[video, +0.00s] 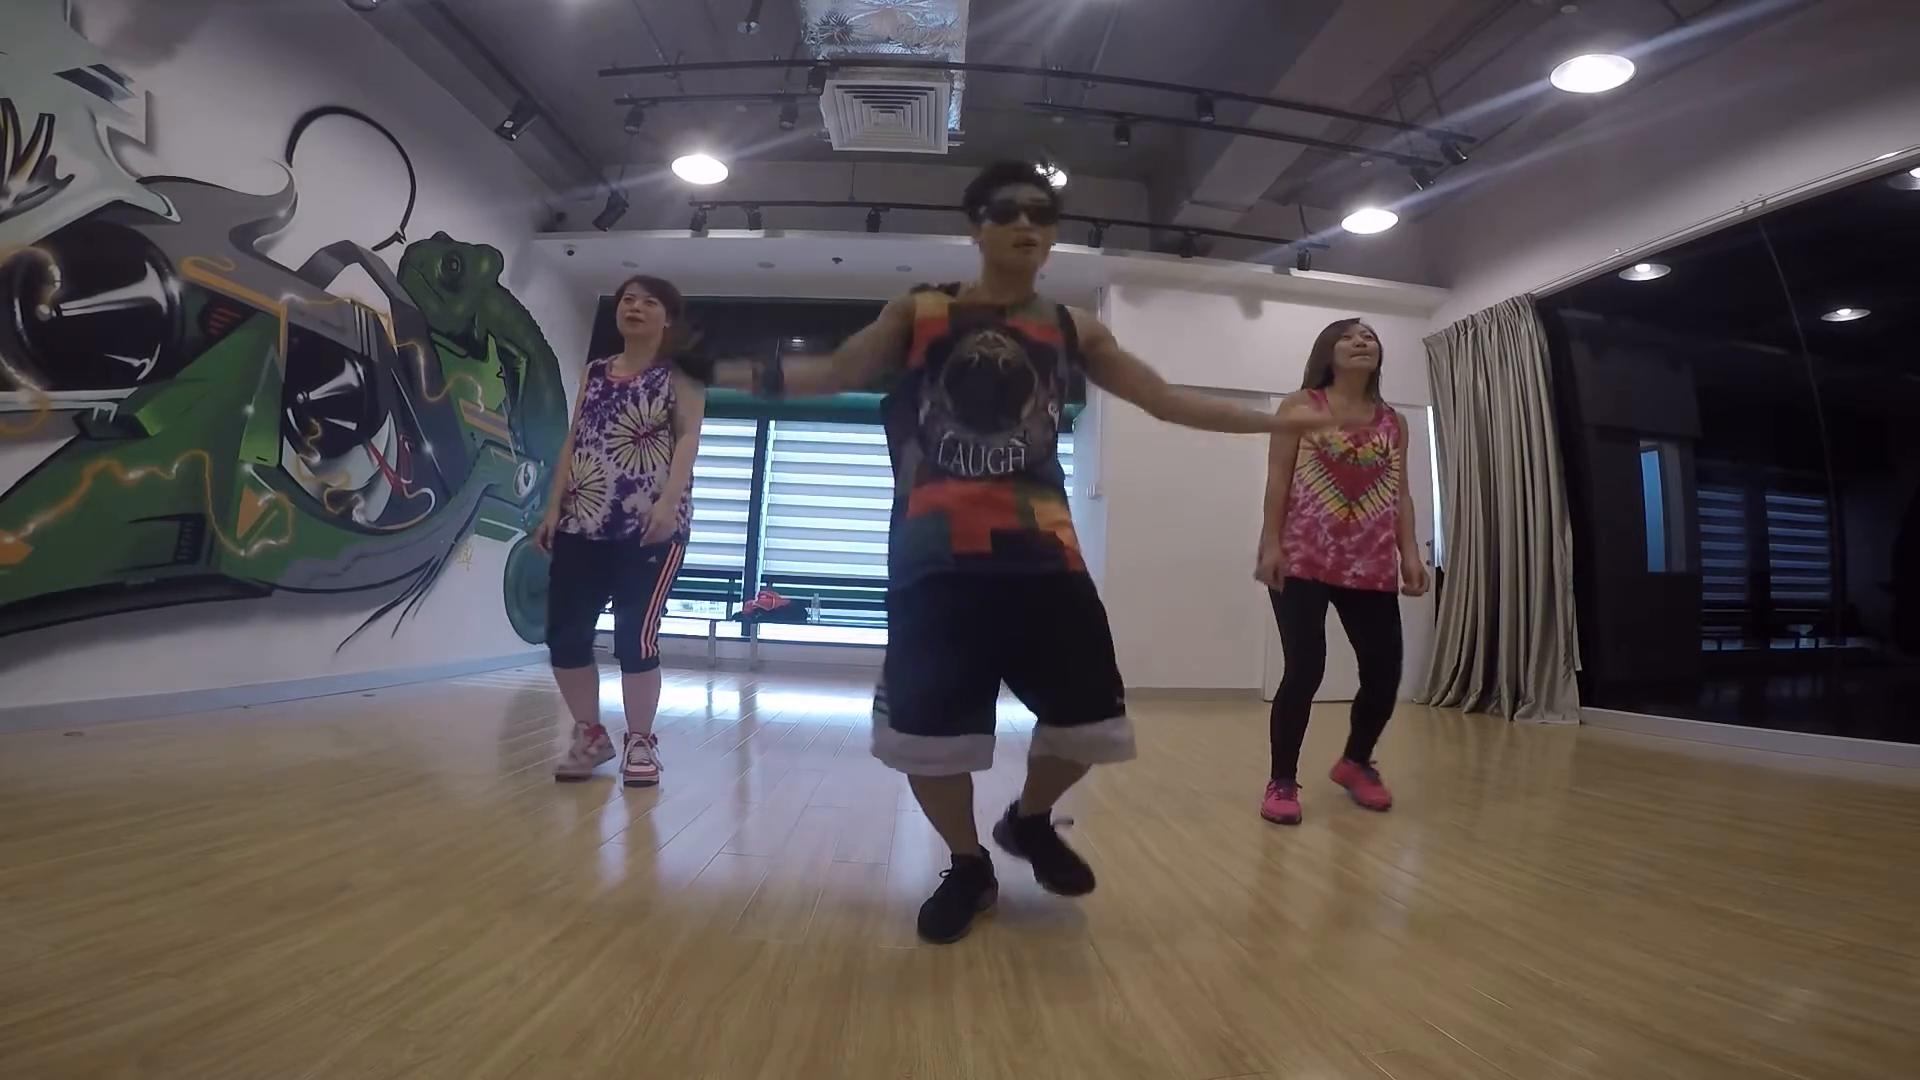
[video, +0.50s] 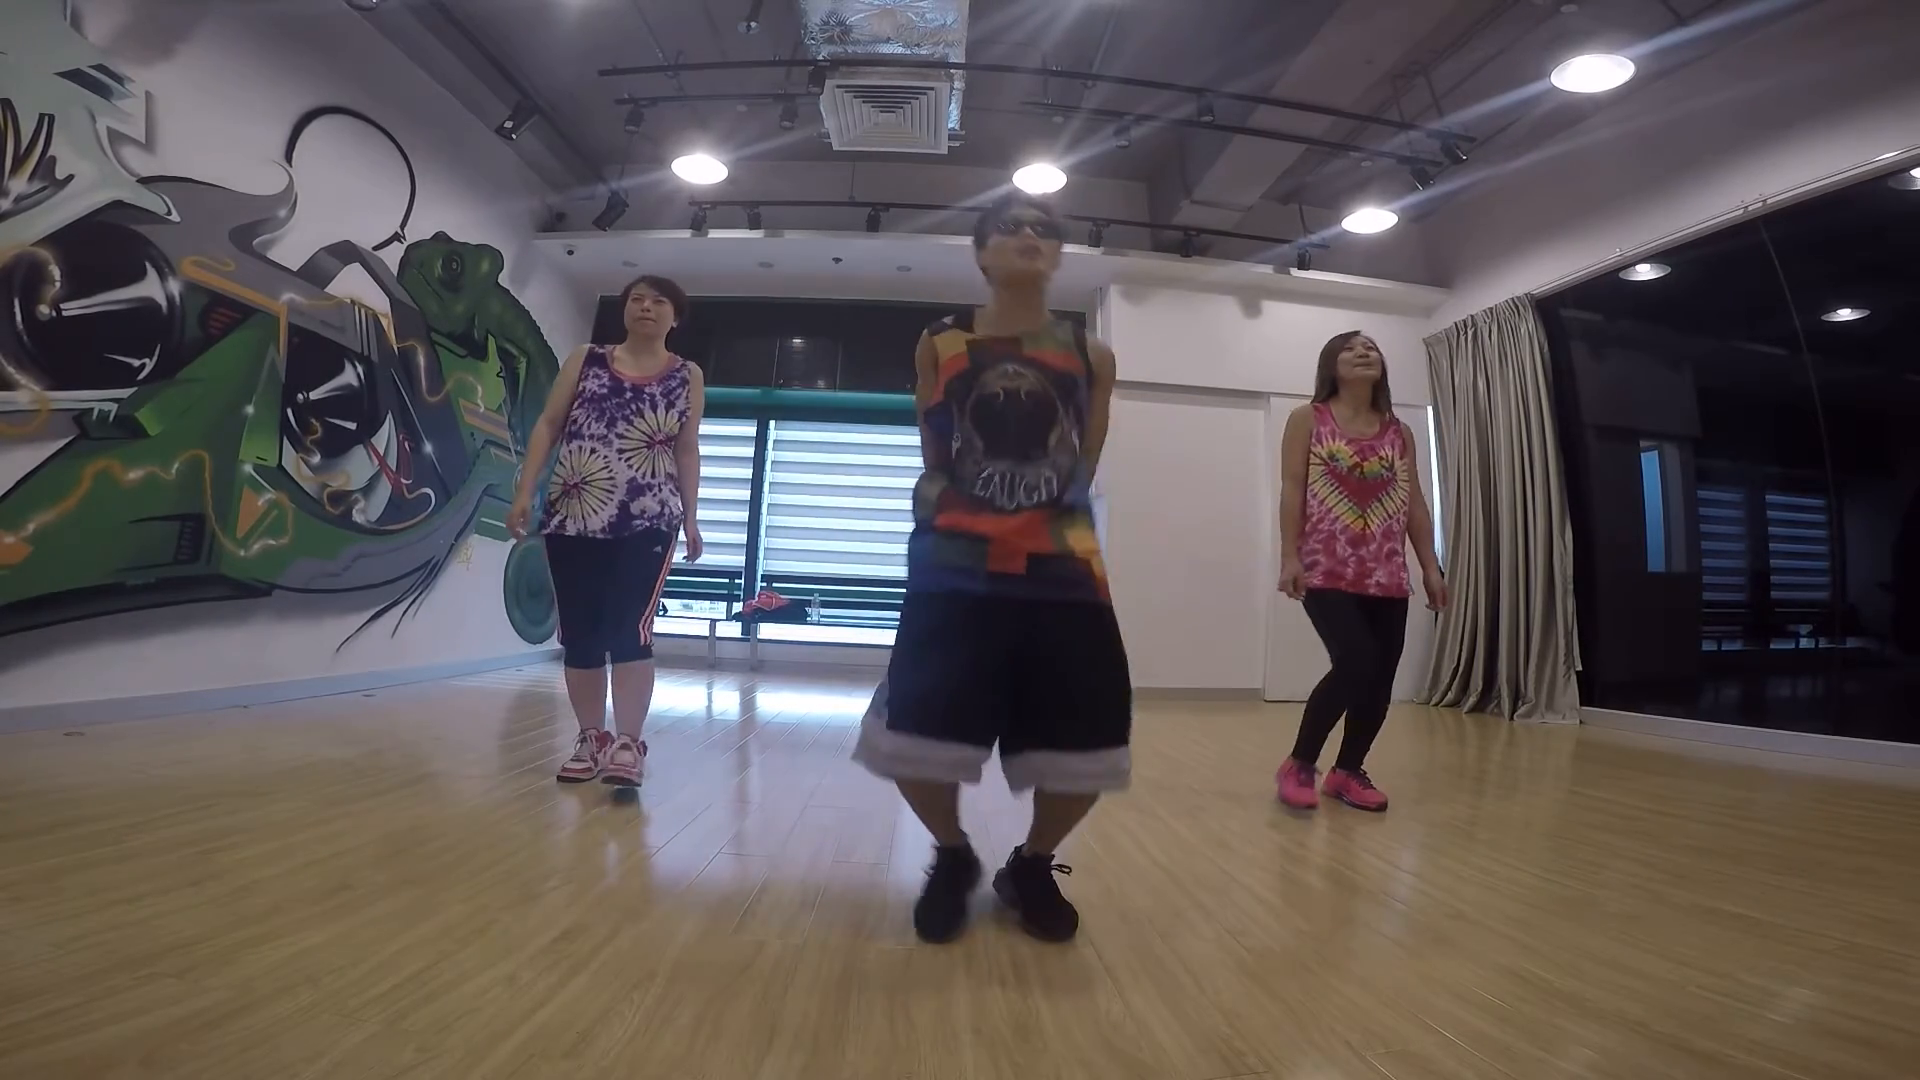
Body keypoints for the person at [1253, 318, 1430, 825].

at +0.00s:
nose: (1363, 341)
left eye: (1370, 337)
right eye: (1349, 336)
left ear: (1380, 357)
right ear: (1327, 355)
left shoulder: (1392, 421)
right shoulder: (1300, 406)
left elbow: (1400, 494)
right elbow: (1279, 476)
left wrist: (1411, 552)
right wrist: (1271, 543)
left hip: (1368, 565)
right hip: (1301, 559)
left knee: (1384, 671)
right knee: (1305, 668)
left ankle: (1355, 762)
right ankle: (1283, 783)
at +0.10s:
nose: (1365, 342)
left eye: (1374, 339)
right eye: (1353, 337)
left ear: (1384, 359)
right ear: (1331, 355)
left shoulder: (1393, 423)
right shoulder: (1303, 402)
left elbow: (1397, 494)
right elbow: (1282, 471)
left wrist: (1406, 552)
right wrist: (1277, 538)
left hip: (1370, 562)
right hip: (1304, 555)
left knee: (1371, 673)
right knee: (1305, 667)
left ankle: (1346, 771)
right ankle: (1283, 782)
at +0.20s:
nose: (1368, 344)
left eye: (1376, 340)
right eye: (1355, 339)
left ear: (1387, 360)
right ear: (1334, 356)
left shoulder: (1396, 426)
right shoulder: (1308, 407)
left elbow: (1401, 500)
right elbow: (1287, 480)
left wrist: (1406, 562)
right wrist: (1286, 544)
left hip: (1374, 565)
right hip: (1310, 559)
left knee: (1368, 676)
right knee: (1311, 668)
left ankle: (1346, 772)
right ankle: (1283, 781)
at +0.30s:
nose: (1371, 348)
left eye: (1379, 344)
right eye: (1358, 342)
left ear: (1389, 363)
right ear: (1337, 359)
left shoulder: (1396, 426)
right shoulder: (1310, 409)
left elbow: (1406, 498)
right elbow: (1294, 479)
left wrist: (1416, 562)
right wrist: (1292, 547)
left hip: (1380, 566)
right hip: (1316, 560)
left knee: (1372, 675)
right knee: (1320, 670)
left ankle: (1346, 772)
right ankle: (1284, 782)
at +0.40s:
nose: (1370, 351)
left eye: (1377, 347)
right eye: (1357, 347)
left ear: (1389, 367)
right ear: (1337, 365)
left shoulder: (1399, 432)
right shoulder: (1312, 414)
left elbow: (1410, 504)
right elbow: (1295, 485)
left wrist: (1425, 567)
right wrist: (1294, 553)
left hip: (1383, 576)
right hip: (1322, 570)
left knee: (1375, 679)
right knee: (1339, 670)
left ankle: (1347, 772)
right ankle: (1290, 780)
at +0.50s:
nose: (1364, 352)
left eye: (1372, 349)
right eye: (1351, 349)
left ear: (1382, 368)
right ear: (1331, 368)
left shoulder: (1398, 431)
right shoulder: (1309, 419)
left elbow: (1414, 504)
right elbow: (1293, 490)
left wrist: (1430, 568)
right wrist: (1290, 557)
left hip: (1386, 577)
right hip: (1325, 573)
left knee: (1379, 679)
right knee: (1354, 665)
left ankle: (1348, 772)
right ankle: (1299, 767)